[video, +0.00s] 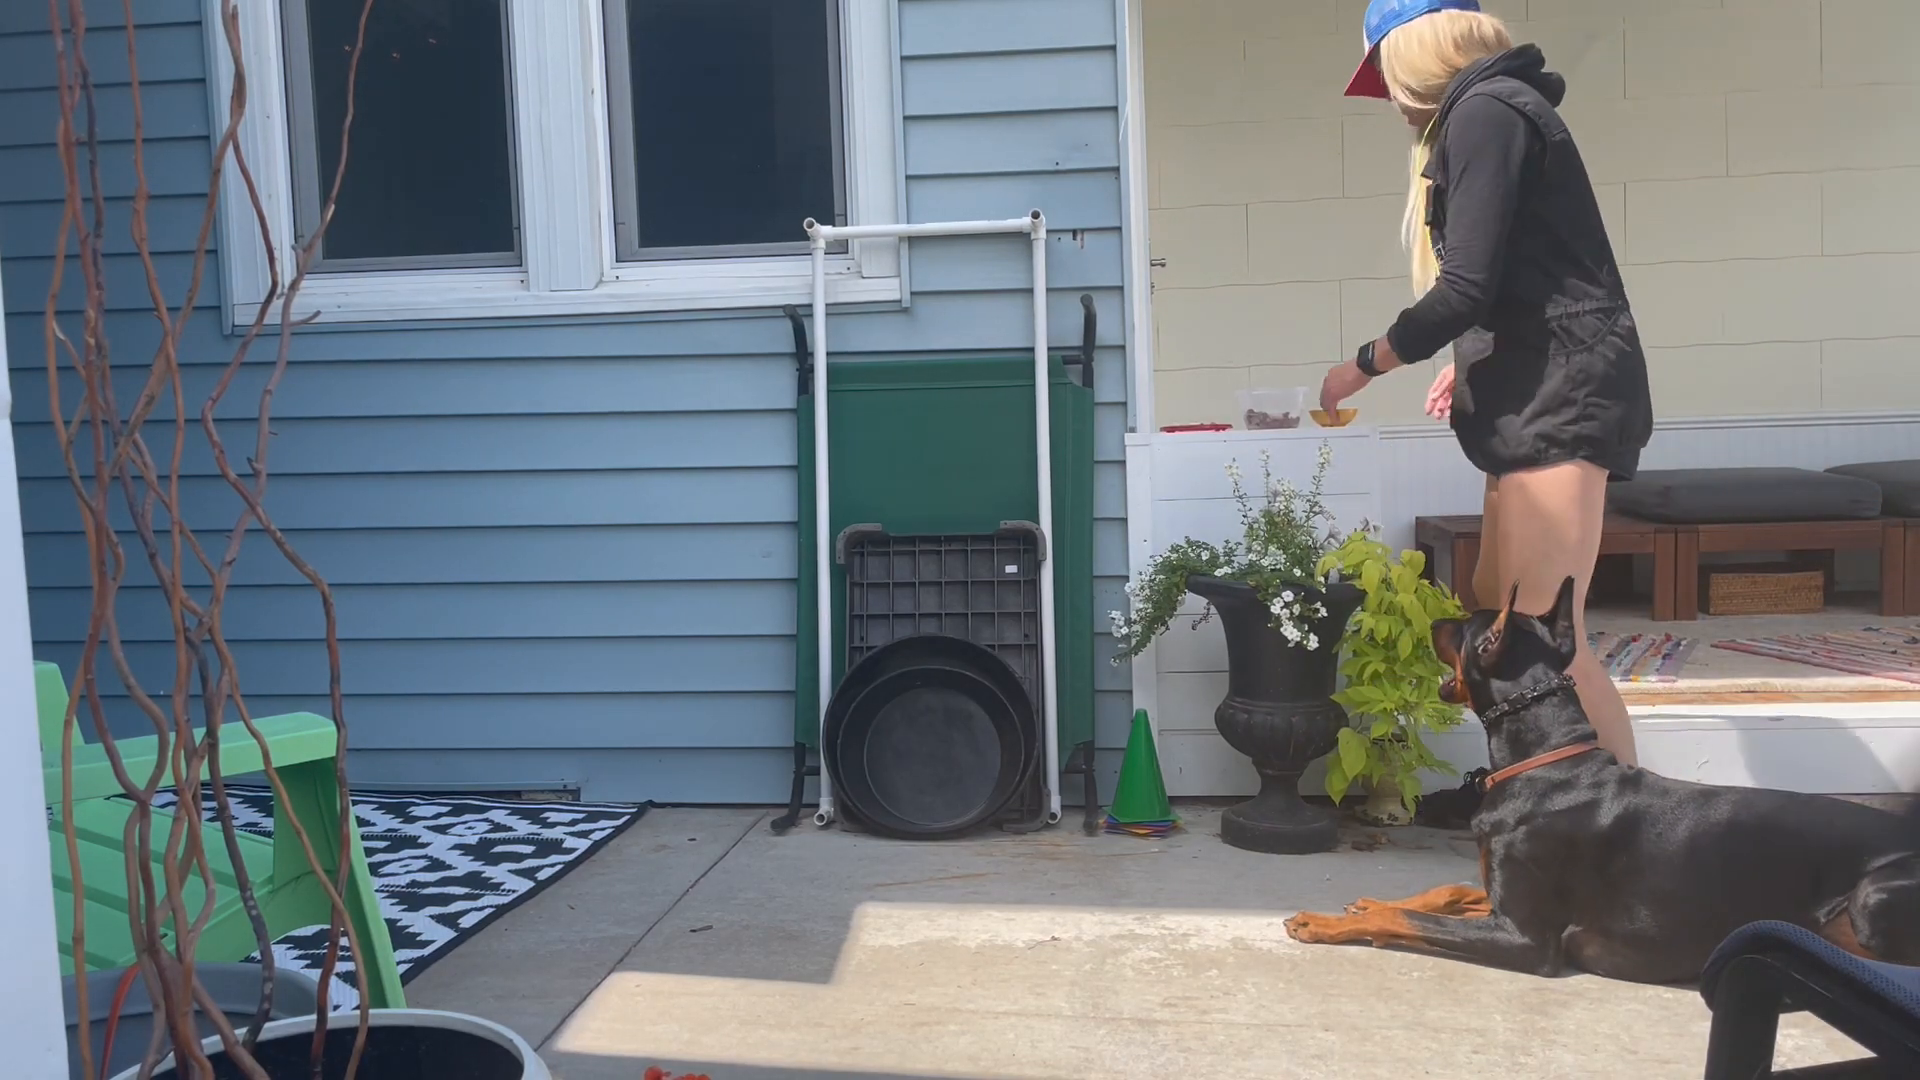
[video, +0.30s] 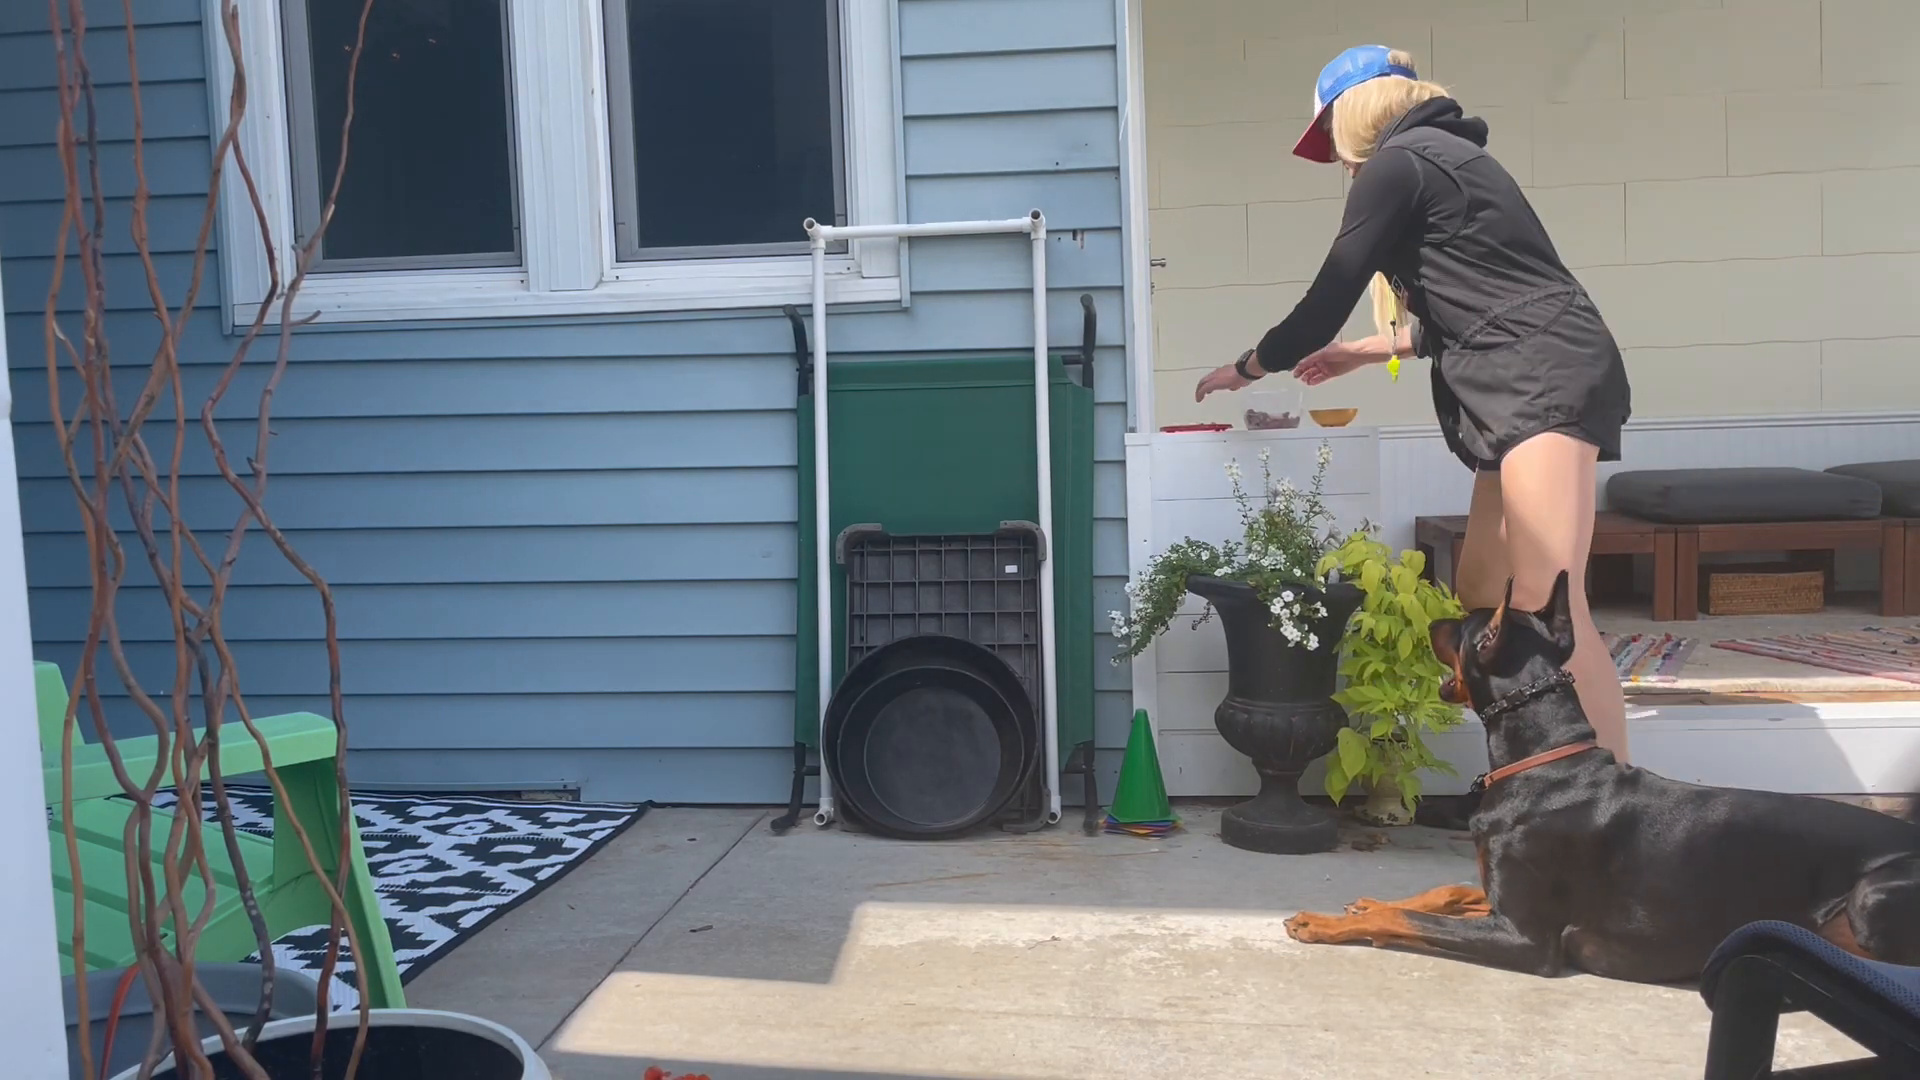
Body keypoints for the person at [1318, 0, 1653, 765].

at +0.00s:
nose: (1395, 98)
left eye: (1393, 79)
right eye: (1388, 83)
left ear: (1420, 62)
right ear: (1462, 46)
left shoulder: (1485, 112)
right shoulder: (1491, 110)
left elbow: (1467, 287)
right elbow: (1538, 272)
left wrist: (1361, 365)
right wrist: (1477, 363)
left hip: (1564, 380)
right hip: (1530, 381)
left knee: (1547, 633)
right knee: (1497, 614)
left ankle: (1625, 819)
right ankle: (1528, 791)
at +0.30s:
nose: (1338, 153)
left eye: (1335, 134)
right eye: (1332, 138)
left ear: (1359, 110)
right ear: (1402, 101)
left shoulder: (1396, 163)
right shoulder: (1453, 158)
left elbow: (1326, 305)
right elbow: (1470, 319)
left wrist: (1249, 365)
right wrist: (1364, 350)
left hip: (1539, 371)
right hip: (1520, 380)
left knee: (1551, 615)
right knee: (1481, 601)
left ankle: (1611, 804)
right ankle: (1532, 794)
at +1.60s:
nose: (1342, 168)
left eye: (1337, 147)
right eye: (1332, 157)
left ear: (1363, 114)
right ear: (1375, 115)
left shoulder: (1427, 149)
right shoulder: (1411, 173)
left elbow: (1462, 280)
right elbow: (1446, 313)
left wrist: (1377, 327)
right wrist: (1376, 333)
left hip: (1539, 364)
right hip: (1495, 387)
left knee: (1550, 593)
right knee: (1481, 602)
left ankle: (1615, 795)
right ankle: (1536, 789)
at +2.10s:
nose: (1369, 115)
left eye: (1367, 92)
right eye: (1357, 105)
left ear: (1399, 54)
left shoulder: (1487, 98)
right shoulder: (1447, 128)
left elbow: (1594, 218)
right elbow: (1492, 278)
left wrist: (1483, 328)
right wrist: (1443, 380)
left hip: (1548, 386)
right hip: (1510, 391)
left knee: (1500, 639)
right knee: (1513, 638)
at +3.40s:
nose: (1313, 136)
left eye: (1310, 115)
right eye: (1297, 130)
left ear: (1336, 61)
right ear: (1295, 100)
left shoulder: (1444, 100)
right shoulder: (1361, 143)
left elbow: (1569, 223)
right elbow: (1400, 279)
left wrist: (1446, 318)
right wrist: (1361, 361)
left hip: (1517, 397)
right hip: (1430, 410)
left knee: (1507, 626)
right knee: (1409, 611)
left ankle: (1551, 840)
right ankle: (1511, 820)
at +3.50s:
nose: (1290, 132)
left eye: (1285, 111)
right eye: (1275, 124)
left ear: (1315, 59)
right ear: (1280, 92)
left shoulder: (1419, 101)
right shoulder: (1344, 139)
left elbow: (1538, 226)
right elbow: (1398, 282)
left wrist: (1417, 320)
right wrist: (1334, 359)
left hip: (1491, 391)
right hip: (1401, 402)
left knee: (1496, 632)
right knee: (1343, 596)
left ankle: (1548, 830)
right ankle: (1436, 818)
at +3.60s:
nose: (1250, 124)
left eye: (1246, 102)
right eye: (1236, 114)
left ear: (1280, 55)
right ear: (1253, 78)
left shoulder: (1387, 99)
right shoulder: (1317, 136)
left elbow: (1491, 231)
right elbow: (1365, 282)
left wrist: (1369, 320)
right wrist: (1296, 350)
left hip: (1452, 389)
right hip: (1364, 398)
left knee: (1475, 635)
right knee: (1285, 594)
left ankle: (1546, 836)